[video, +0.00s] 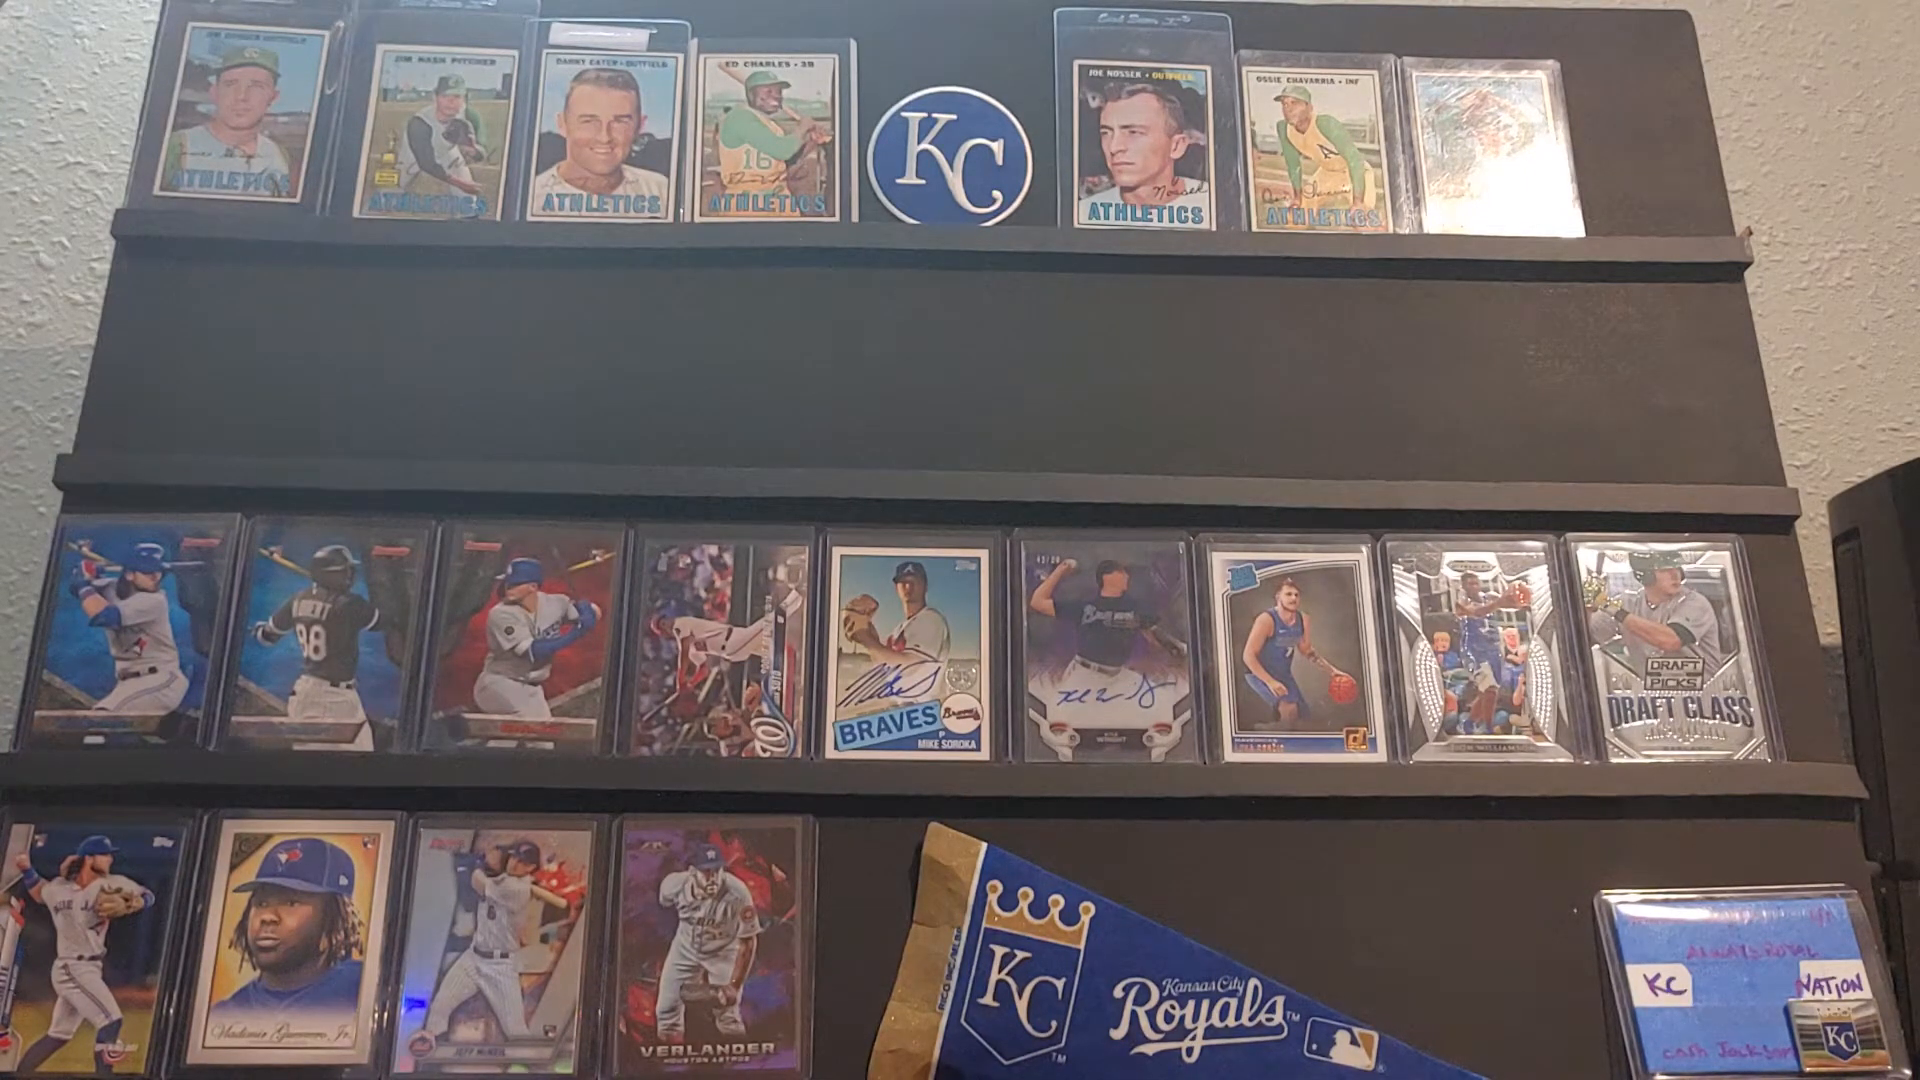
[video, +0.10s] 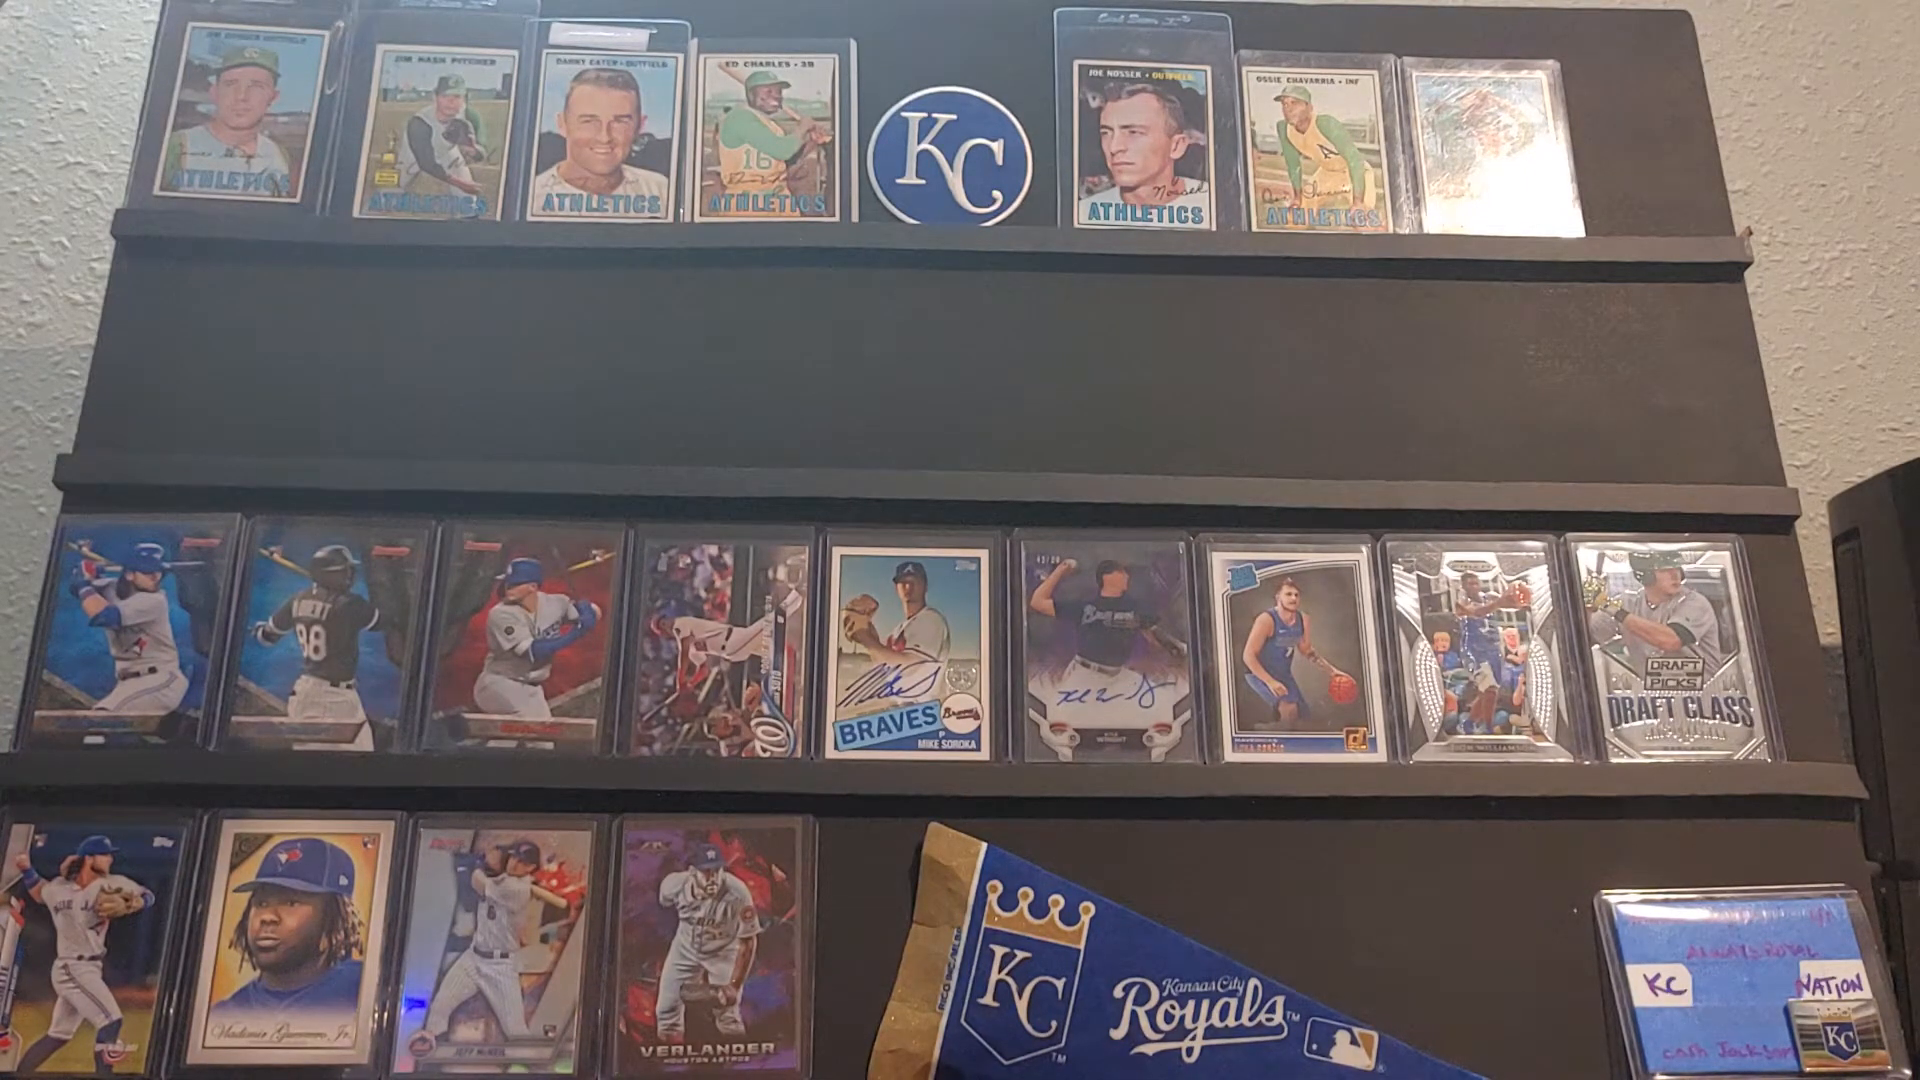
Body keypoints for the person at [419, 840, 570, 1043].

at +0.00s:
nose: (514, 863)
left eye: (521, 861)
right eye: (514, 858)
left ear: (531, 868)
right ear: (509, 858)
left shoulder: (519, 889)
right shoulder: (499, 879)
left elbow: (477, 881)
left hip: (502, 965)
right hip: (473, 958)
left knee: (515, 1029)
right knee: (440, 1005)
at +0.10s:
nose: (514, 863)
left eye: (521, 861)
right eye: (513, 858)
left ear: (531, 868)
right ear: (508, 858)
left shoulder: (519, 889)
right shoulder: (499, 879)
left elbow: (477, 881)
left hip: (502, 965)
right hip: (473, 958)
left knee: (515, 1029)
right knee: (440, 1004)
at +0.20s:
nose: (514, 863)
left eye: (520, 861)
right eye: (513, 858)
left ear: (531, 868)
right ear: (509, 858)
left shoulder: (519, 890)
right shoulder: (499, 879)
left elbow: (477, 881)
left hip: (502, 966)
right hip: (473, 958)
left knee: (515, 1029)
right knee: (440, 1004)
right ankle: (426, 1064)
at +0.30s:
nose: (514, 863)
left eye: (520, 861)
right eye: (513, 858)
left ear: (531, 868)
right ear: (509, 858)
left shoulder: (519, 890)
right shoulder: (499, 879)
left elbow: (477, 881)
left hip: (502, 966)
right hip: (473, 958)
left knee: (515, 1029)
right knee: (440, 1004)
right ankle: (426, 1063)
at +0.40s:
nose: (514, 863)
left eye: (520, 861)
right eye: (513, 858)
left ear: (531, 868)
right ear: (509, 858)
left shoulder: (519, 890)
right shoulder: (499, 879)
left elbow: (477, 881)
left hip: (502, 966)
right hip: (473, 958)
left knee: (515, 1029)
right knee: (440, 1004)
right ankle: (426, 1064)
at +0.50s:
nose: (515, 864)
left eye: (522, 862)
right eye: (514, 858)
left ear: (531, 869)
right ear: (509, 858)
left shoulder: (518, 889)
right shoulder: (500, 879)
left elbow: (477, 881)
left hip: (501, 966)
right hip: (472, 958)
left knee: (515, 1030)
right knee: (440, 1005)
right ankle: (424, 1065)